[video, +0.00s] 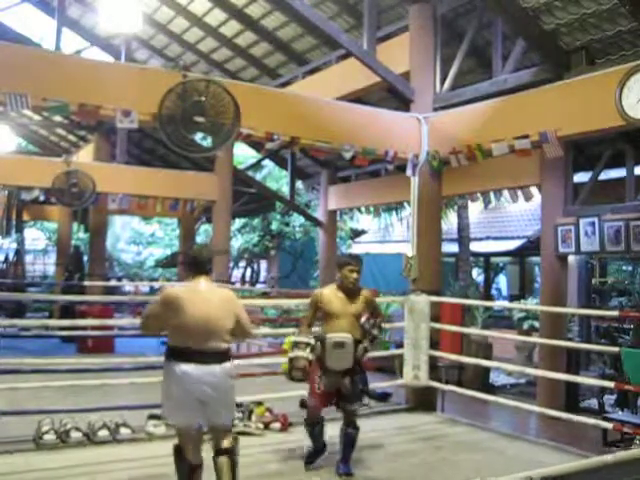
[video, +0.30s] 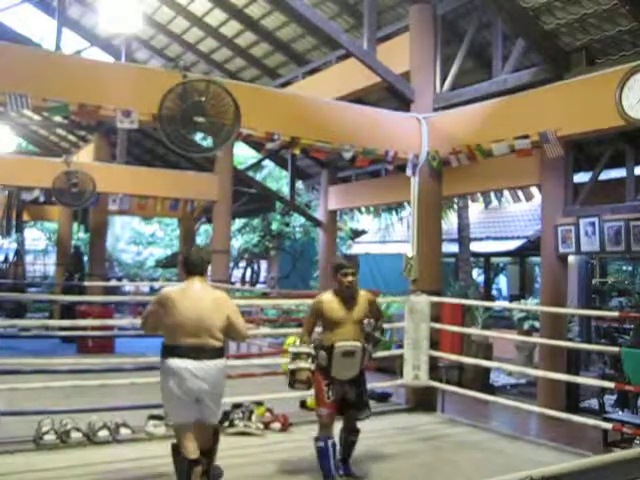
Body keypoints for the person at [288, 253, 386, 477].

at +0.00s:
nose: (355, 277)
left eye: (358, 273)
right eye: (350, 272)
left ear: (360, 275)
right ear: (339, 273)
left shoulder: (365, 298)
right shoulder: (321, 295)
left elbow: (378, 318)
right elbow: (306, 325)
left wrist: (369, 338)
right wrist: (304, 347)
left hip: (353, 356)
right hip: (324, 355)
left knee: (350, 411)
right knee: (312, 408)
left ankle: (345, 461)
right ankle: (318, 445)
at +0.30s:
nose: (350, 280)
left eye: (353, 275)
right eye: (345, 275)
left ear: (358, 277)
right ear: (335, 278)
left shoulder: (367, 299)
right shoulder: (322, 302)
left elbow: (379, 319)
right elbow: (306, 332)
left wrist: (373, 338)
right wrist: (306, 355)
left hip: (355, 360)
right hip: (327, 361)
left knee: (352, 417)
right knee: (326, 417)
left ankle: (345, 463)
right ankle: (328, 471)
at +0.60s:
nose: (338, 276)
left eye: (341, 271)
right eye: (332, 272)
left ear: (346, 272)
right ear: (322, 276)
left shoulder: (358, 296)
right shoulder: (313, 304)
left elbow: (370, 318)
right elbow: (299, 340)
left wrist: (367, 337)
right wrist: (300, 374)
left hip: (353, 369)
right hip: (325, 371)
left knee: (362, 433)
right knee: (323, 433)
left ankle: (350, 462)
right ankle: (329, 474)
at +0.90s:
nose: (336, 276)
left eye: (340, 271)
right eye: (330, 272)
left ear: (345, 273)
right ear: (321, 275)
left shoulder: (357, 299)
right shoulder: (309, 303)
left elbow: (377, 314)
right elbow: (291, 336)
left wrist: (373, 340)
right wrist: (289, 367)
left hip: (349, 367)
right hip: (318, 369)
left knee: (350, 437)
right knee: (321, 436)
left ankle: (353, 474)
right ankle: (329, 476)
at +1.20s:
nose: (328, 273)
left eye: (334, 268)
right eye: (324, 268)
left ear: (345, 271)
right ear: (319, 272)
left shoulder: (359, 304)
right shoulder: (308, 302)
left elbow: (386, 336)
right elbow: (289, 329)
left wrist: (371, 367)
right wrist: (287, 361)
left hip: (344, 379)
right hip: (311, 378)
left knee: (346, 449)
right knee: (300, 452)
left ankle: (349, 475)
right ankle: (321, 476)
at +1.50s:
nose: (299, 276)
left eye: (305, 270)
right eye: (297, 271)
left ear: (321, 273)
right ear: (295, 275)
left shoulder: (339, 303)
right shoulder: (295, 304)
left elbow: (352, 339)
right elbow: (293, 338)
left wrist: (325, 349)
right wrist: (293, 355)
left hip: (328, 381)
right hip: (298, 380)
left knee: (336, 452)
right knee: (281, 446)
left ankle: (343, 470)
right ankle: (278, 472)